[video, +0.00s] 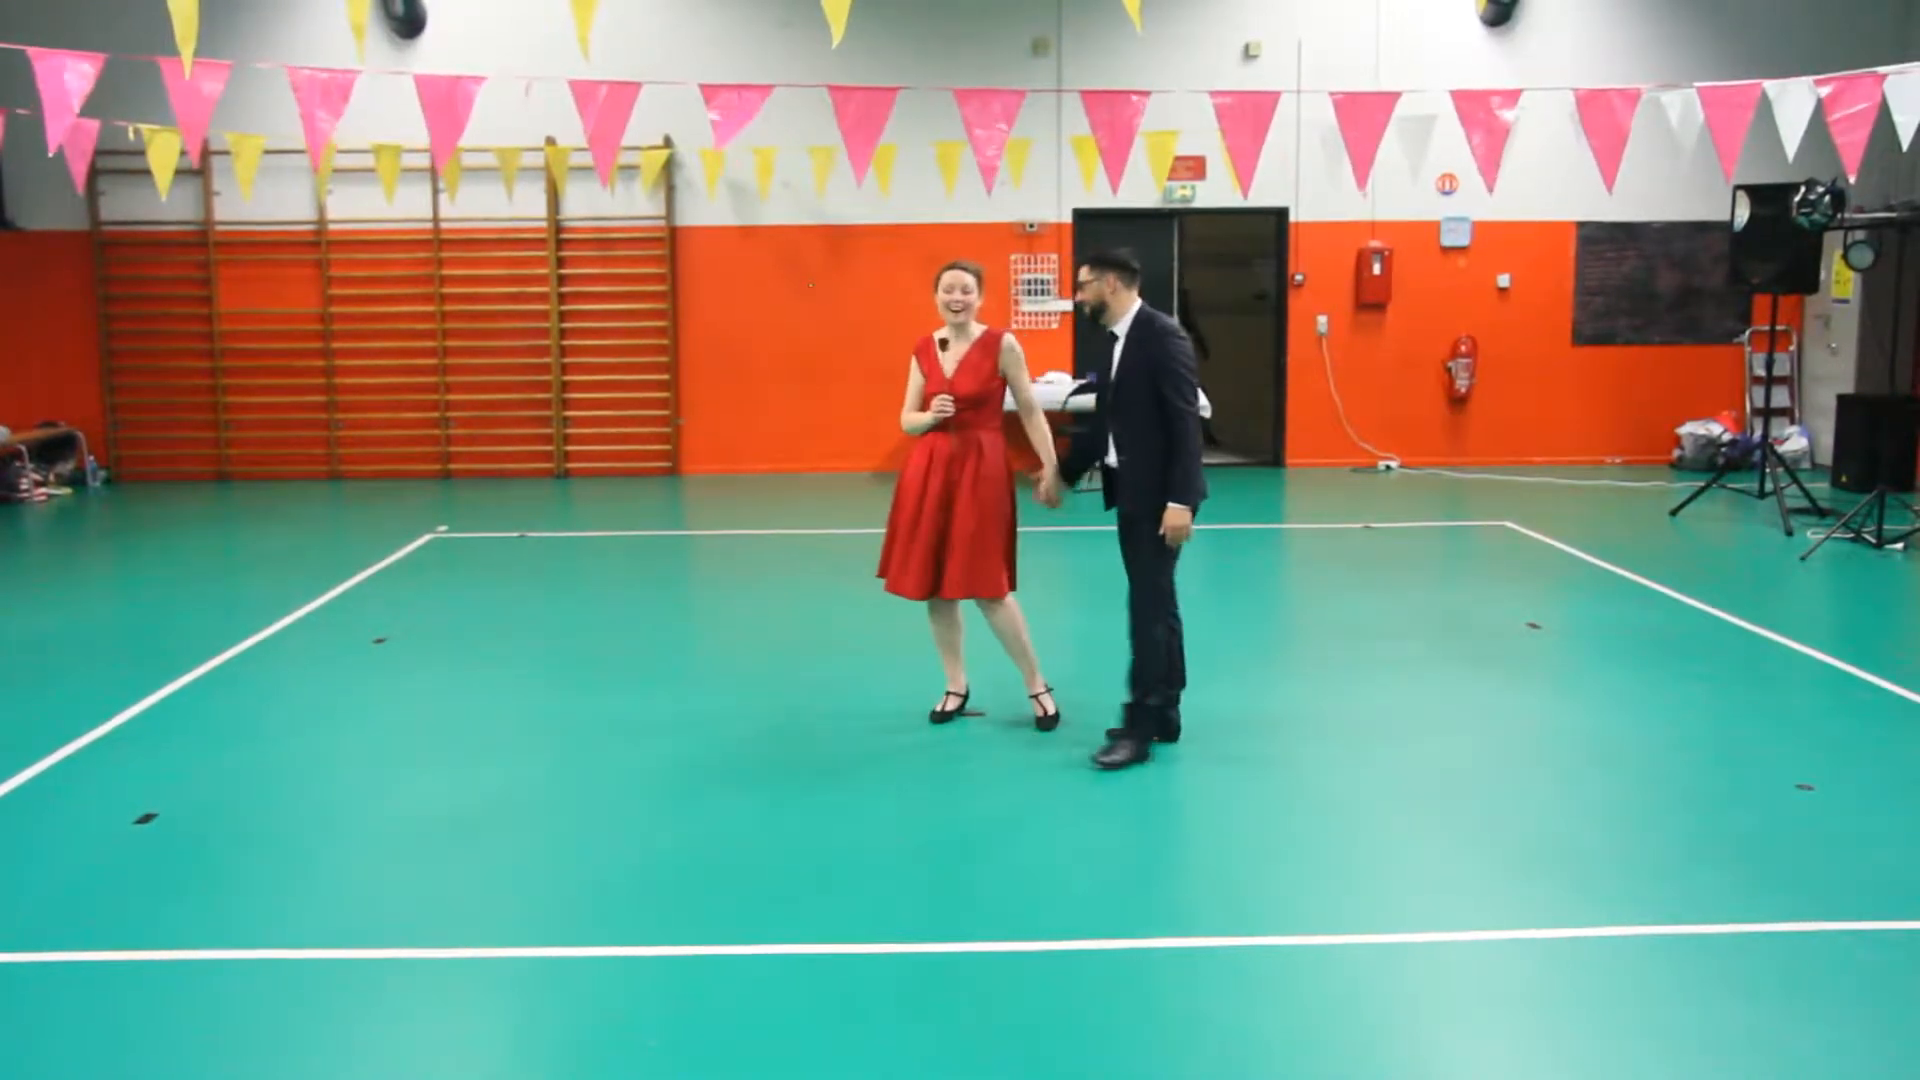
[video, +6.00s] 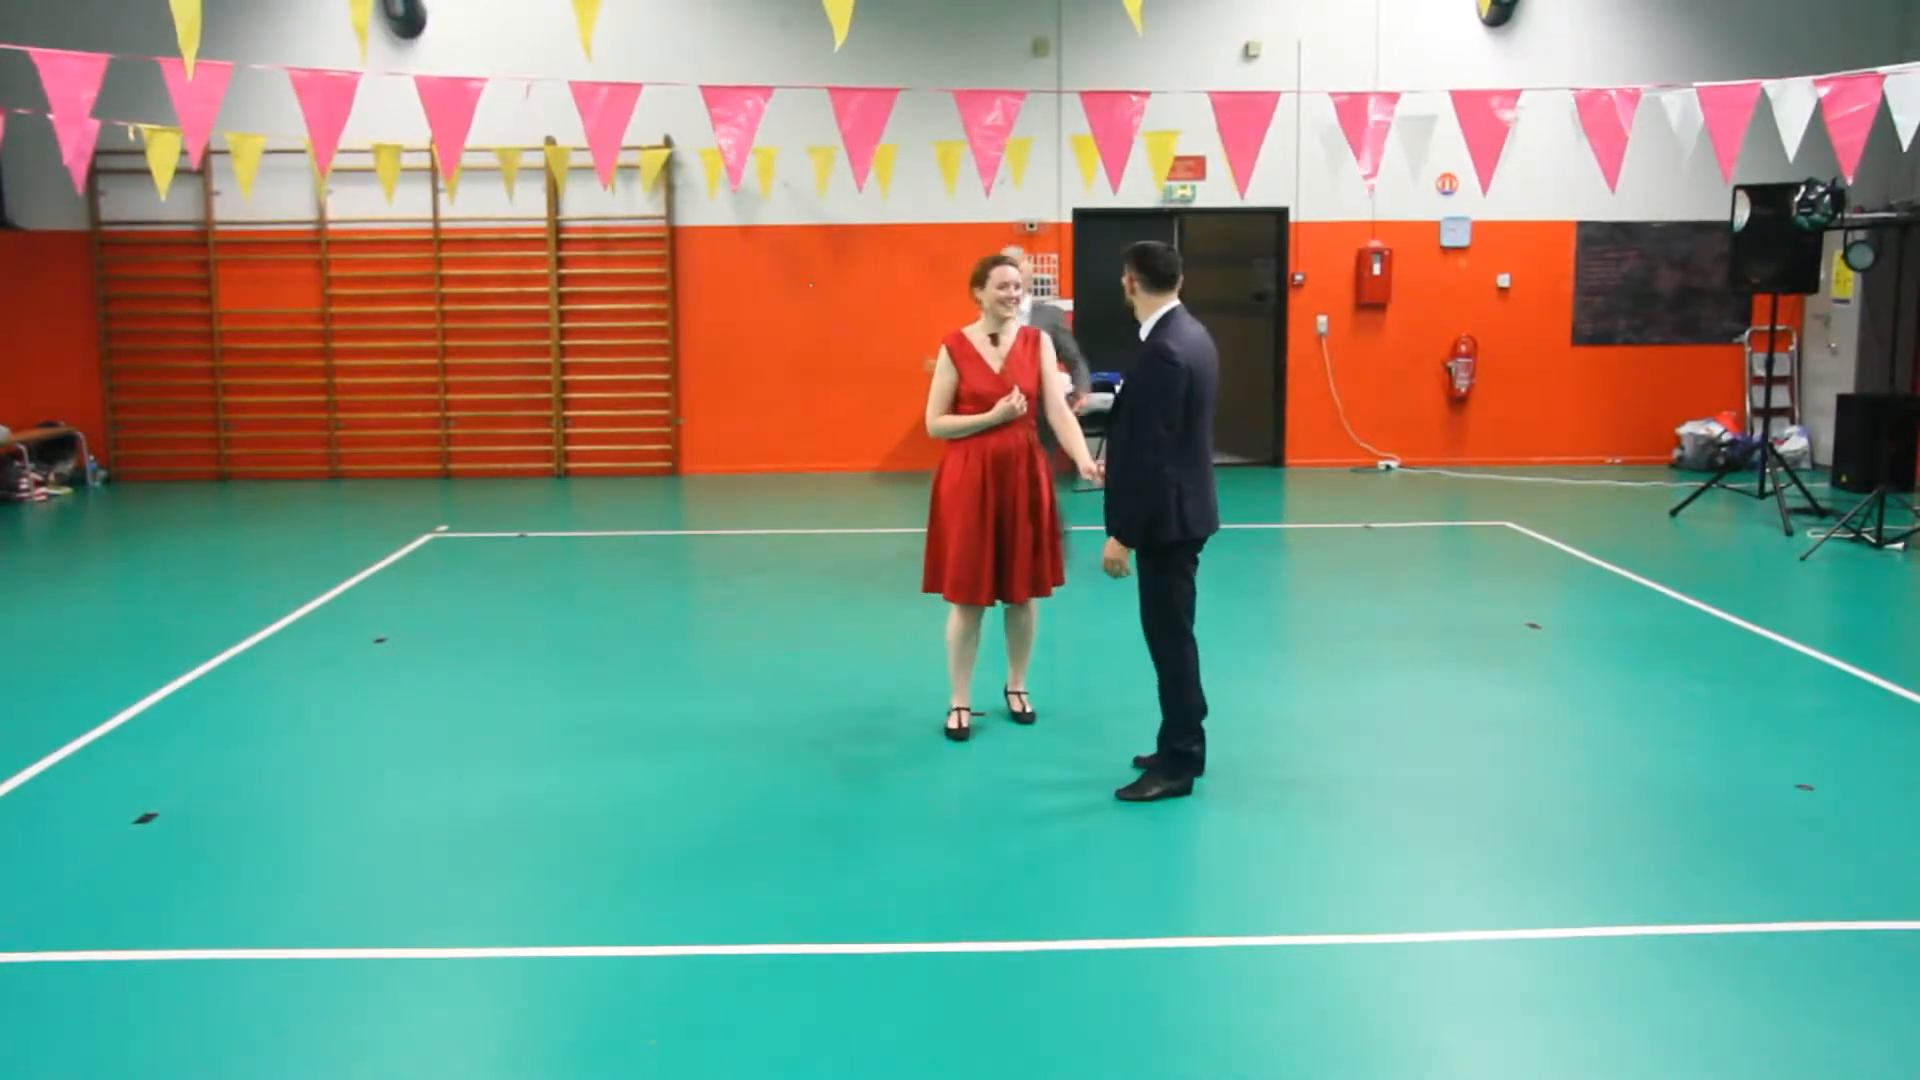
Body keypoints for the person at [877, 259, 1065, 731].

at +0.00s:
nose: (956, 298)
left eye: (965, 290)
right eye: (948, 290)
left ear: (980, 298)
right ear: (936, 297)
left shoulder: (1001, 346)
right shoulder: (925, 350)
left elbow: (1030, 410)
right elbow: (908, 420)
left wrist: (1050, 467)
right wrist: (930, 415)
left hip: (982, 472)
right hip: (933, 471)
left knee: (988, 588)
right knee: (937, 588)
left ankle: (1036, 687)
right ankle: (955, 687)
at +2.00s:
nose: (989, 297)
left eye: (998, 291)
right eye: (981, 289)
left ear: (1011, 300)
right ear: (966, 296)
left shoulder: (1030, 341)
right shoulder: (958, 350)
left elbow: (1055, 414)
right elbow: (953, 425)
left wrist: (1073, 482)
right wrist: (962, 411)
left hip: (1029, 469)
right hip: (981, 470)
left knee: (1026, 587)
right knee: (966, 586)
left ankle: (1021, 691)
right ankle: (957, 687)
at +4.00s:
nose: (994, 298)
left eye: (993, 291)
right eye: (986, 291)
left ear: (979, 295)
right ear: (959, 296)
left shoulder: (995, 340)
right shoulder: (925, 348)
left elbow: (1028, 401)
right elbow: (905, 423)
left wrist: (1071, 444)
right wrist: (970, 417)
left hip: (989, 475)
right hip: (939, 478)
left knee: (1004, 584)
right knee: (943, 586)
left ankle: (1016, 687)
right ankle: (950, 682)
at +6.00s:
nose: (1013, 294)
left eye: (1018, 287)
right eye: (1002, 287)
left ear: (1024, 293)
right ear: (978, 293)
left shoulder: (1037, 343)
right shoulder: (956, 348)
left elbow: (1058, 408)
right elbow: (935, 423)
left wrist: (1082, 458)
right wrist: (993, 416)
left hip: (1023, 477)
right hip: (969, 479)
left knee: (1022, 593)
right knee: (968, 598)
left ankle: (1017, 686)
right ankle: (960, 700)